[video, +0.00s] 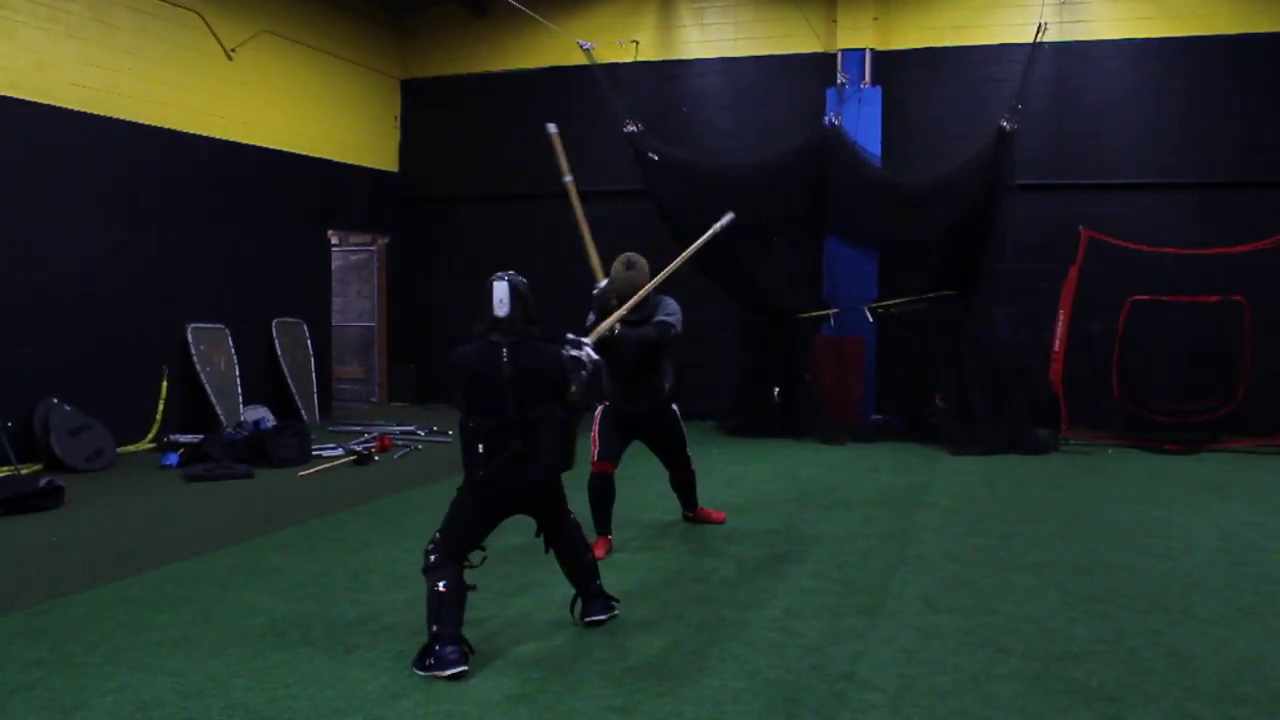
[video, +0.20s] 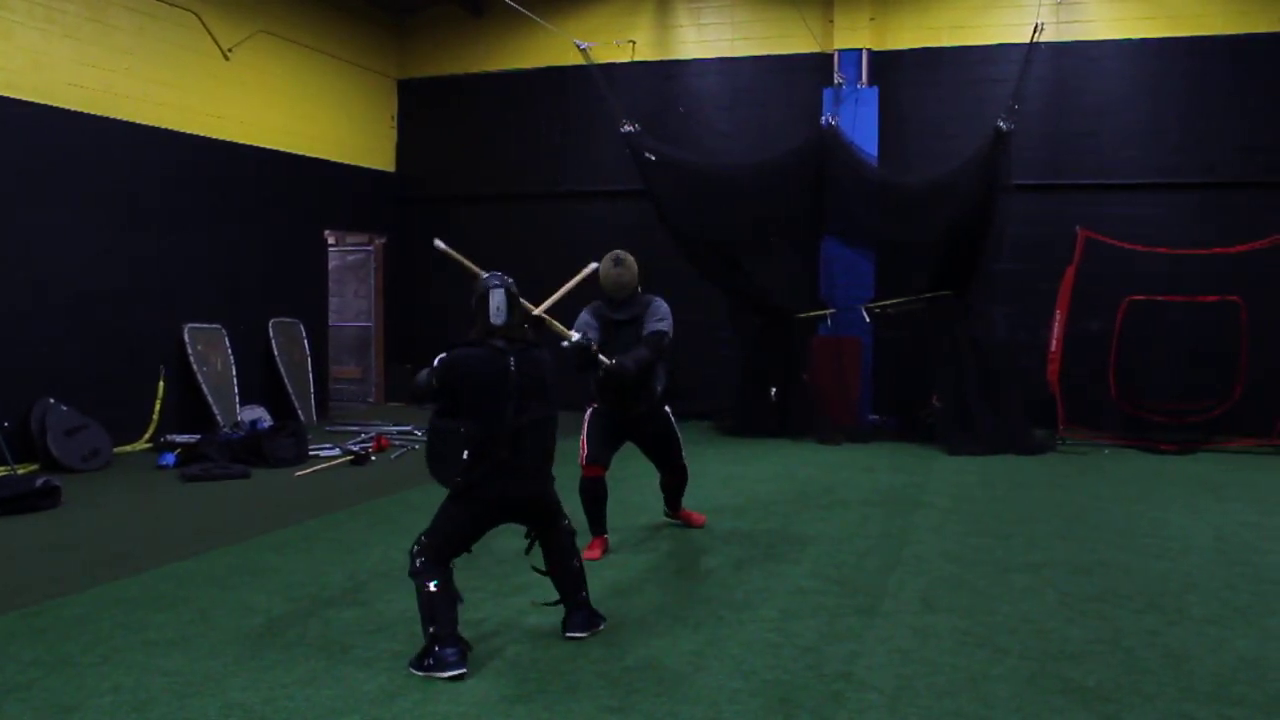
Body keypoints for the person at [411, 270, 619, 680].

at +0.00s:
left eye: (493, 306)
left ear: (485, 312)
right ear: (529, 310)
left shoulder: (467, 359)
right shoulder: (548, 356)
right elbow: (567, 410)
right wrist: (587, 367)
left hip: (489, 481)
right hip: (542, 476)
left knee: (444, 553)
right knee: (561, 526)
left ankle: (446, 645)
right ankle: (595, 599)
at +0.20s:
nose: (488, 316)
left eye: (484, 310)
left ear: (478, 316)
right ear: (522, 315)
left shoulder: (460, 364)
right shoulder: (543, 359)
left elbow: (419, 389)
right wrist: (581, 352)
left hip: (480, 489)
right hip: (533, 485)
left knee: (428, 555)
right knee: (557, 533)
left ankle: (444, 648)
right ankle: (580, 612)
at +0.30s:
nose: (487, 318)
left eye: (480, 311)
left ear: (473, 317)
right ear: (519, 315)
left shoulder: (463, 366)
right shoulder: (539, 363)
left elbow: (423, 405)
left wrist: (433, 388)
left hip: (485, 492)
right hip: (538, 488)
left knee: (431, 553)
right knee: (559, 532)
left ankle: (445, 649)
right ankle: (582, 609)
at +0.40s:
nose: (486, 320)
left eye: (479, 314)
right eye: (496, 311)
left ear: (474, 321)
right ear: (520, 318)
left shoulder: (464, 371)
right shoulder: (543, 364)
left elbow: (437, 418)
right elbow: (556, 421)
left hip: (491, 495)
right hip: (546, 489)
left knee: (435, 554)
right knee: (573, 529)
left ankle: (447, 647)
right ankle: (600, 603)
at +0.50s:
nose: (505, 320)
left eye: (498, 312)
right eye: (508, 310)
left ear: (484, 321)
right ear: (530, 318)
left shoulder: (475, 371)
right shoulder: (556, 362)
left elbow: (473, 417)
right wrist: (602, 343)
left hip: (498, 494)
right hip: (554, 490)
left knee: (437, 553)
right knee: (585, 535)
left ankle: (448, 649)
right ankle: (623, 593)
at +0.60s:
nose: (525, 328)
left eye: (521, 322)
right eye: (534, 320)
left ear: (510, 330)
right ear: (554, 324)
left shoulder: (500, 370)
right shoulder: (579, 361)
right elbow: (602, 346)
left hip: (514, 495)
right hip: (570, 491)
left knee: (454, 555)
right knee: (600, 537)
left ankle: (450, 649)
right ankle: (635, 599)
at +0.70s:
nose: (549, 321)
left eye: (548, 314)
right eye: (551, 312)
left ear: (535, 323)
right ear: (578, 321)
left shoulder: (525, 365)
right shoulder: (606, 357)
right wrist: (628, 329)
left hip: (541, 484)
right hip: (597, 479)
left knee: (492, 553)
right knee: (622, 526)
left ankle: (458, 641)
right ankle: (639, 599)